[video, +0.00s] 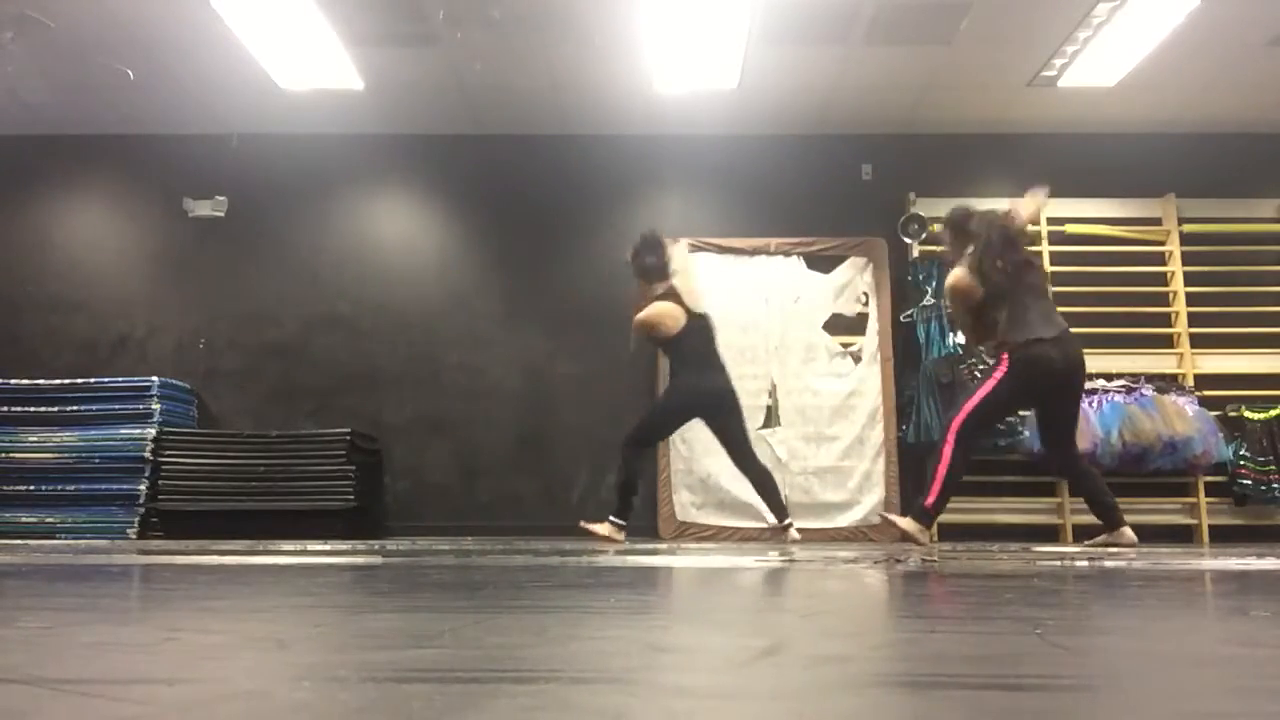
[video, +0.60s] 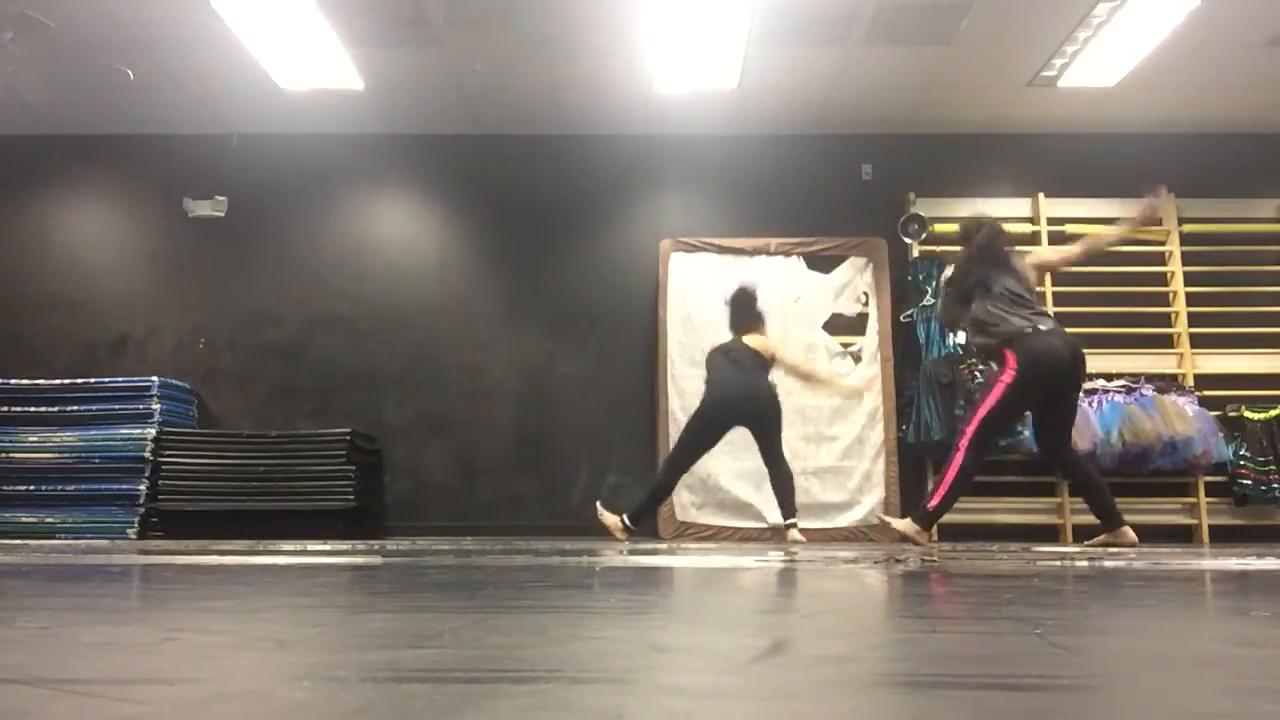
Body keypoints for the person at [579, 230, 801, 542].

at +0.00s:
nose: (635, 279)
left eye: (636, 272)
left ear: (640, 276)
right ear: (668, 267)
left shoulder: (647, 318)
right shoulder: (689, 289)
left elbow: (637, 361)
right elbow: (682, 249)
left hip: (686, 394)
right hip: (719, 391)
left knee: (634, 445)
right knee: (747, 460)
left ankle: (618, 525)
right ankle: (787, 524)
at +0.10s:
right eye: (686, 254)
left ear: (662, 268)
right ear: (689, 260)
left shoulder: (664, 309)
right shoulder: (707, 275)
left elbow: (655, 320)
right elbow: (712, 231)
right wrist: (701, 209)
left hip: (692, 390)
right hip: (729, 386)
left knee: (650, 449)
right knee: (754, 456)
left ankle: (621, 522)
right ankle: (789, 525)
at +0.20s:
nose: (718, 246)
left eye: (708, 244)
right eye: (715, 244)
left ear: (684, 257)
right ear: (713, 251)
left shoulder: (679, 297)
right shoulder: (728, 276)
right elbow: (741, 222)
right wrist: (742, 182)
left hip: (698, 386)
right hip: (735, 382)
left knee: (664, 454)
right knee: (758, 455)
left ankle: (625, 520)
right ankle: (790, 526)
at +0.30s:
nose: (744, 263)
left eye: (740, 256)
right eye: (742, 257)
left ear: (707, 261)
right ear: (735, 261)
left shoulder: (692, 294)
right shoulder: (740, 289)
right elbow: (772, 245)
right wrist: (788, 201)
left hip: (701, 387)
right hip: (739, 385)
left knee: (667, 457)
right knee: (762, 455)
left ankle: (626, 521)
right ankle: (791, 526)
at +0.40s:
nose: (760, 278)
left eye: (756, 274)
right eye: (757, 273)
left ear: (726, 274)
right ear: (752, 273)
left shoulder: (713, 306)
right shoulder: (752, 301)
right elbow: (791, 292)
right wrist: (827, 269)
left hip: (705, 389)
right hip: (741, 388)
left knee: (668, 457)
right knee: (764, 456)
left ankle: (625, 522)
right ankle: (791, 526)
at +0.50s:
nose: (770, 303)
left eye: (768, 298)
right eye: (769, 298)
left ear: (737, 299)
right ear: (762, 297)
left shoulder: (716, 330)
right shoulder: (763, 321)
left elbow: (709, 372)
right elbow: (802, 332)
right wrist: (823, 332)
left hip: (709, 394)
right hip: (747, 394)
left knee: (669, 461)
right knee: (770, 458)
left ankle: (625, 523)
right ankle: (791, 526)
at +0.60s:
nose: (761, 328)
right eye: (761, 323)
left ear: (732, 324)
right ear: (758, 322)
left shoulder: (717, 351)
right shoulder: (764, 345)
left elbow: (712, 390)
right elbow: (807, 374)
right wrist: (847, 386)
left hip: (719, 404)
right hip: (761, 402)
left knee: (675, 466)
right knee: (775, 458)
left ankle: (627, 523)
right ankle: (791, 526)